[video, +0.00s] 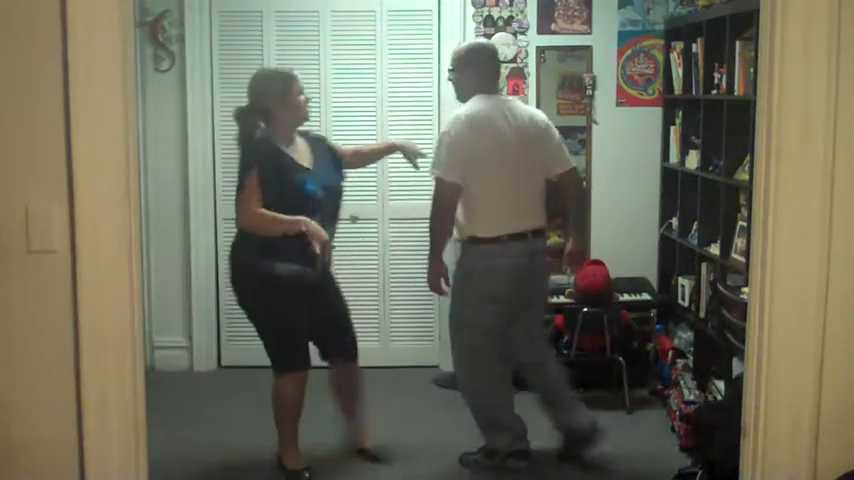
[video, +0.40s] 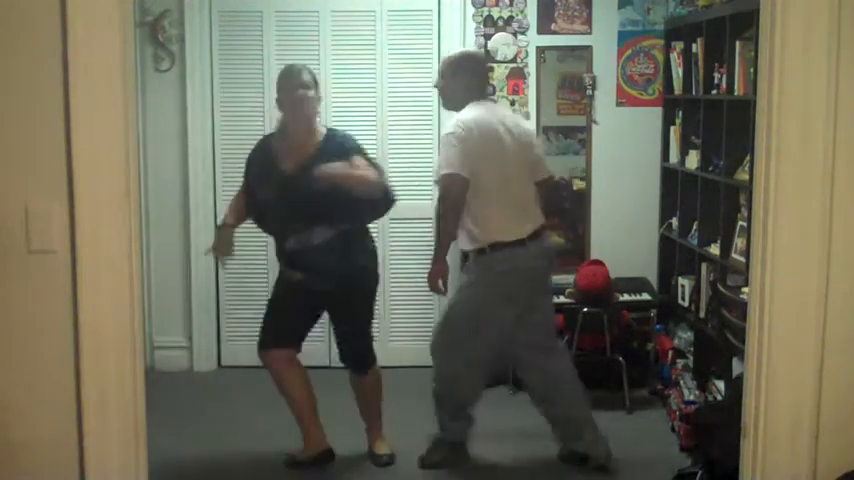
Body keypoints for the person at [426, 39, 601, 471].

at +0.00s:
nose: (452, 79)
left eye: (456, 72)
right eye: (452, 72)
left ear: (473, 73)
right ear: (495, 72)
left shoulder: (460, 125)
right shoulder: (534, 119)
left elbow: (445, 199)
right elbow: (573, 185)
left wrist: (434, 258)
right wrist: (576, 239)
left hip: (485, 256)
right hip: (533, 252)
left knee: (477, 357)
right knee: (530, 343)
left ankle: (504, 446)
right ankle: (578, 426)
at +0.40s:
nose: (437, 87)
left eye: (441, 79)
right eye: (439, 80)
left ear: (462, 80)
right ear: (481, 81)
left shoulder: (461, 127)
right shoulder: (519, 123)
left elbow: (452, 192)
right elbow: (547, 186)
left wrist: (439, 255)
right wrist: (532, 228)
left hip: (495, 261)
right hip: (534, 254)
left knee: (453, 345)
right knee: (541, 351)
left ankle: (451, 441)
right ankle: (586, 445)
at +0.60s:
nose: (408, 92)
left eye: (415, 84)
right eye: (409, 85)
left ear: (441, 85)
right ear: (432, 88)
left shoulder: (474, 128)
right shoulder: (441, 137)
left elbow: (521, 183)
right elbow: (439, 205)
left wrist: (488, 247)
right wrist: (399, 244)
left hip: (480, 267)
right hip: (447, 265)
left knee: (452, 356)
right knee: (422, 341)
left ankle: (448, 444)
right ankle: (516, 375)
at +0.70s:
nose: (418, 86)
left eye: (426, 77)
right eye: (413, 78)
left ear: (446, 80)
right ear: (409, 83)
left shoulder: (487, 125)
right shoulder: (405, 141)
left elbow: (533, 174)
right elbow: (394, 203)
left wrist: (504, 231)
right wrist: (390, 253)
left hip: (475, 261)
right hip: (424, 256)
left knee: (451, 360)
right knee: (395, 336)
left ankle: (446, 443)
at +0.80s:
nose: (442, 73)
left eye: (448, 64)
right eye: (432, 65)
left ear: (456, 67)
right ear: (416, 70)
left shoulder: (482, 114)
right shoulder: (395, 127)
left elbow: (511, 169)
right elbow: (378, 194)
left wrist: (500, 211)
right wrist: (411, 234)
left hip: (468, 247)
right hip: (415, 245)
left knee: (461, 348)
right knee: (419, 335)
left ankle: (434, 439)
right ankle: (387, 389)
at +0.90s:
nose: (465, 64)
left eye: (465, 56)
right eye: (455, 56)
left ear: (459, 64)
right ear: (426, 62)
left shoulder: (466, 113)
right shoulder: (398, 119)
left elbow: (481, 166)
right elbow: (378, 186)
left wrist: (479, 210)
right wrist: (447, 215)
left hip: (447, 245)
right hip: (406, 243)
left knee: (447, 344)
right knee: (433, 343)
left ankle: (402, 434)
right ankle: (386, 432)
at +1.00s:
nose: (462, 68)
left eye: (460, 59)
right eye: (456, 59)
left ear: (427, 63)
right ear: (439, 64)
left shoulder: (432, 117)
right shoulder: (416, 115)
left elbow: (423, 188)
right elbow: (394, 185)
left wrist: (464, 217)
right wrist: (461, 213)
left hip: (415, 244)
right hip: (405, 246)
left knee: (417, 348)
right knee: (426, 349)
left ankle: (401, 449)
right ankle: (409, 453)